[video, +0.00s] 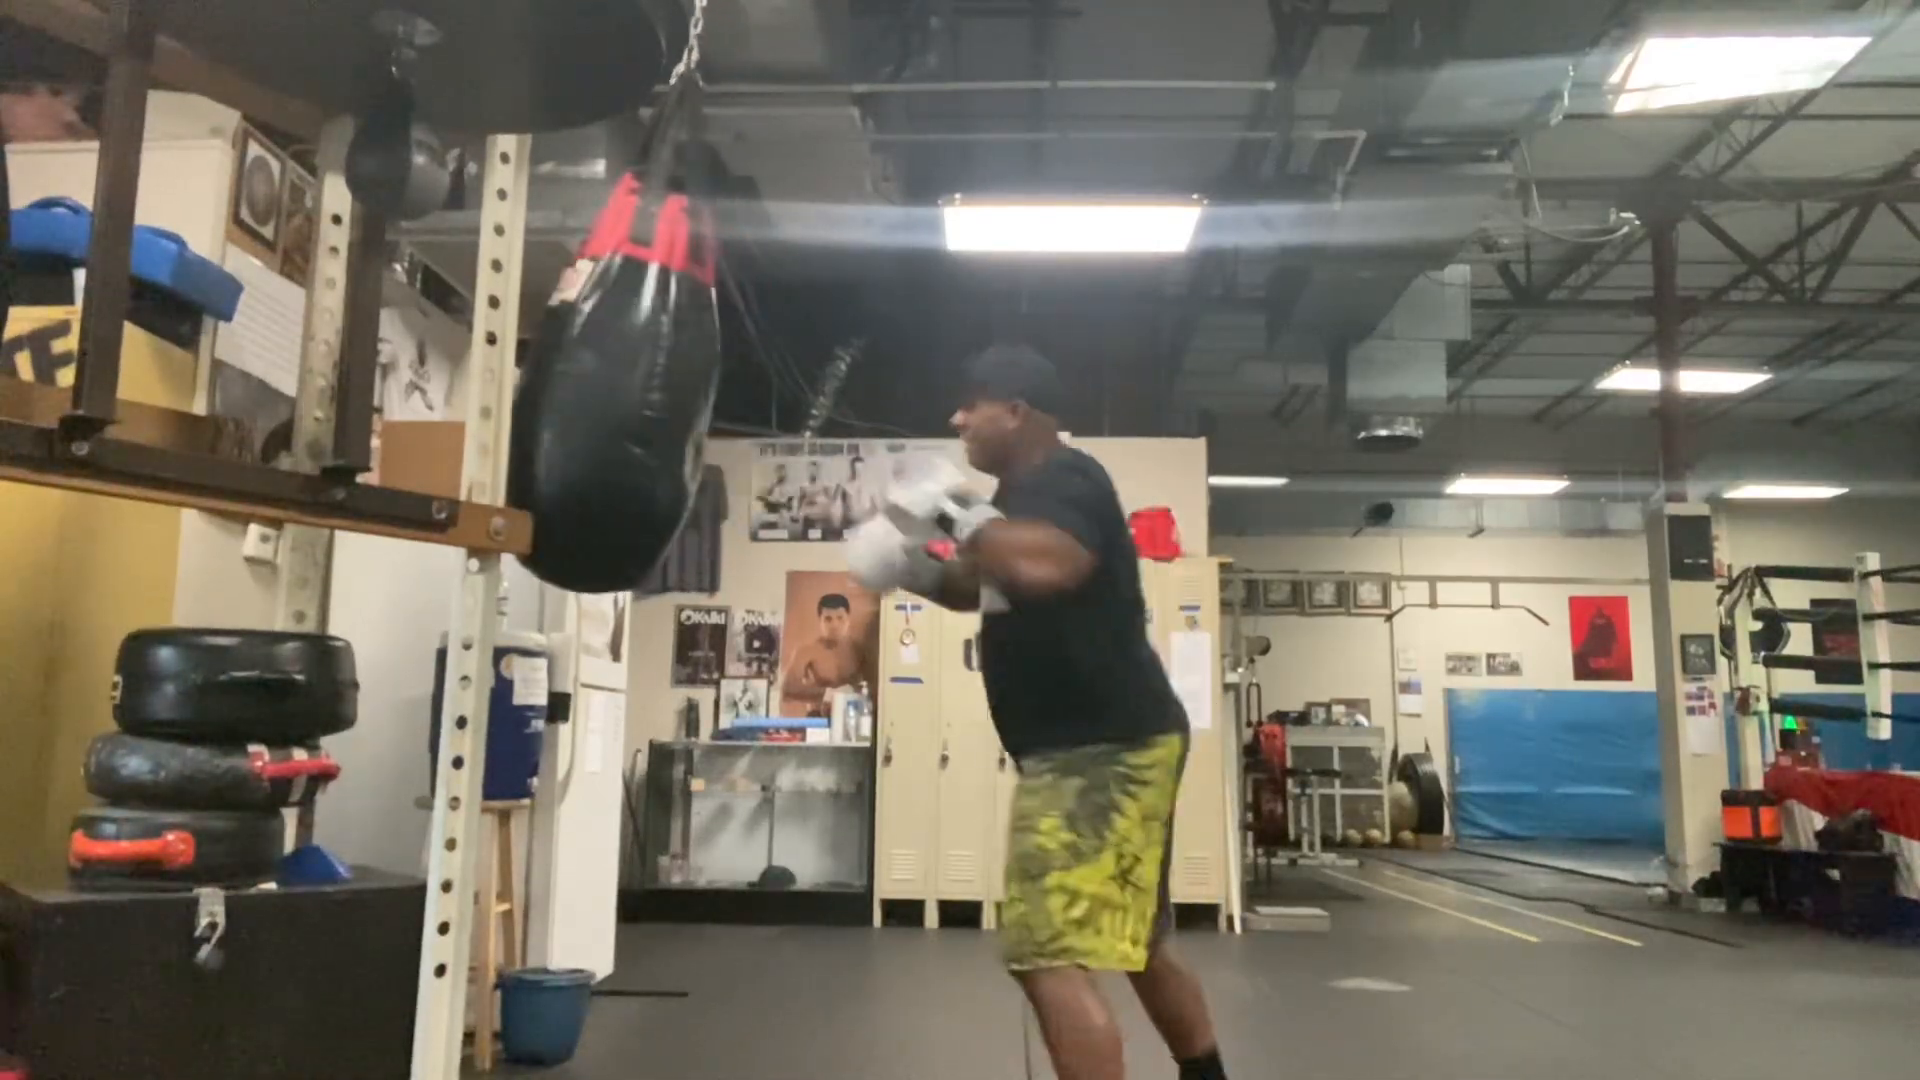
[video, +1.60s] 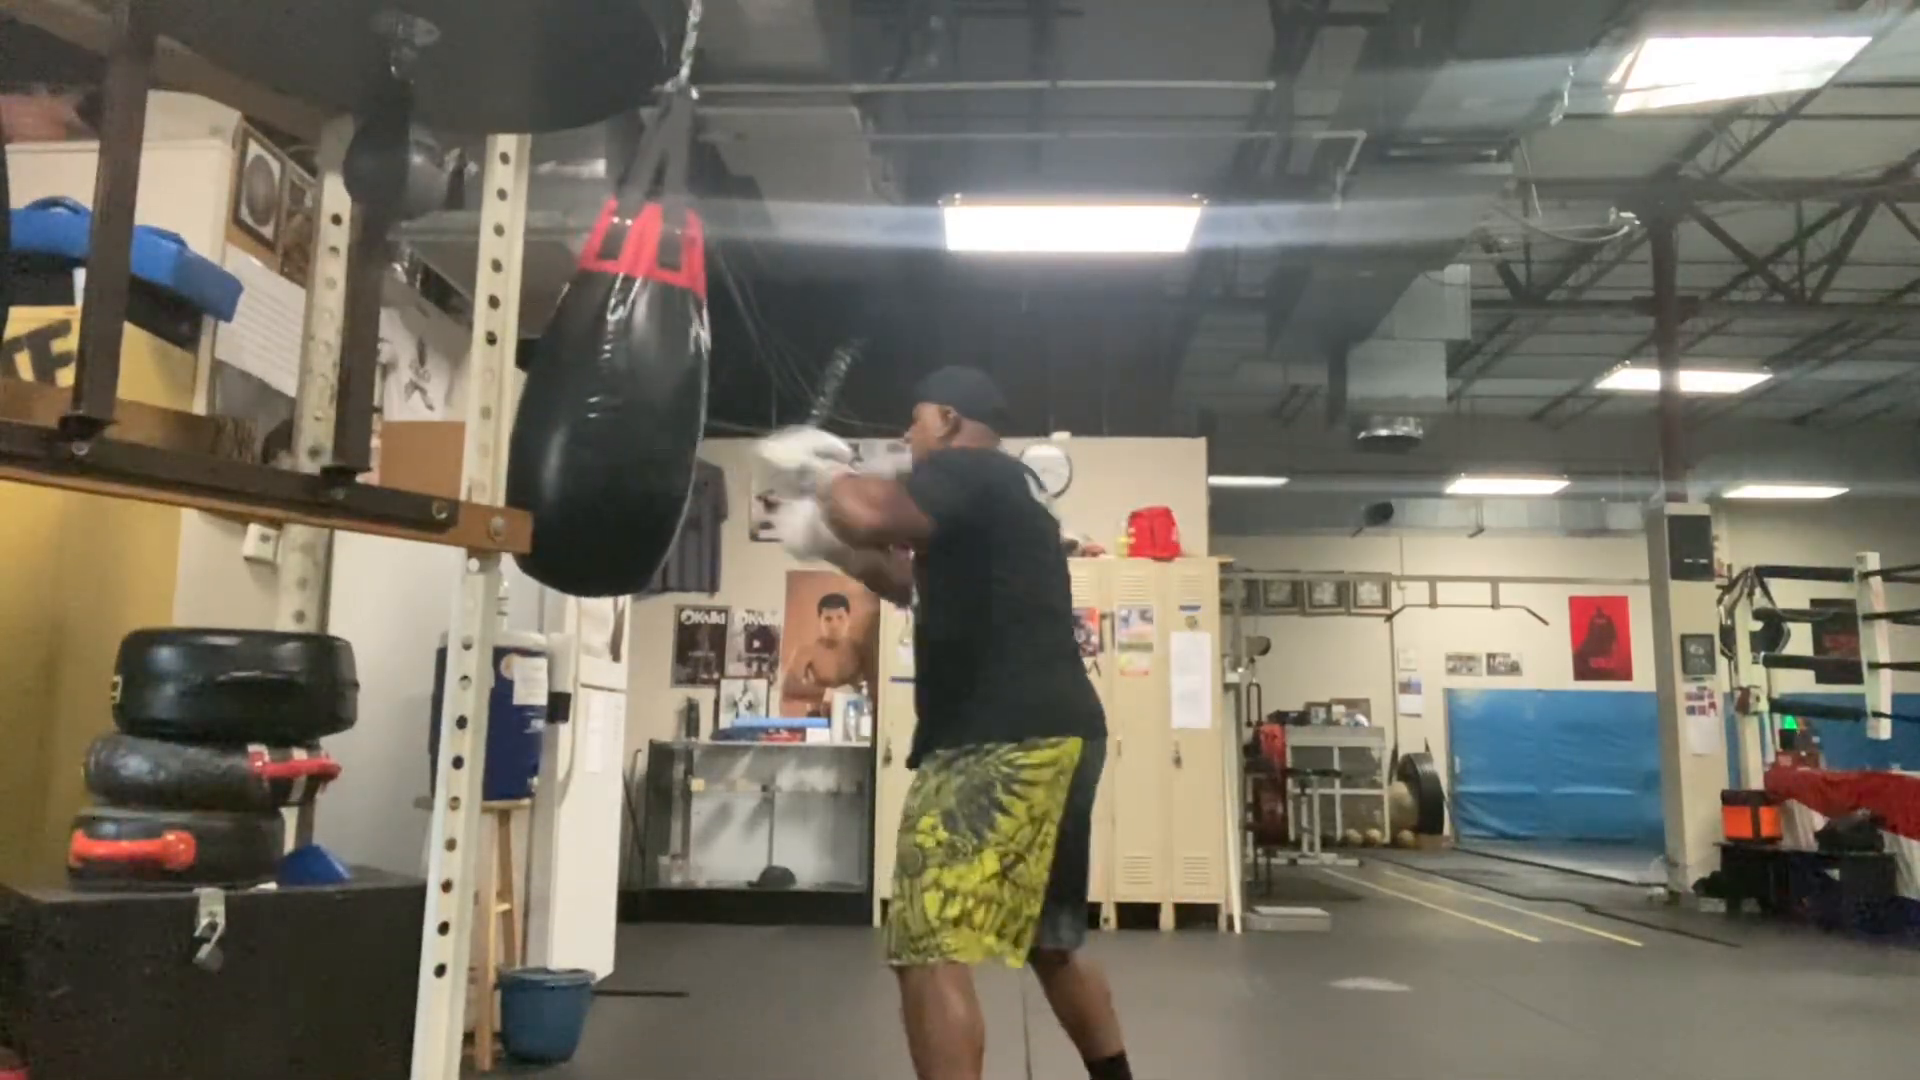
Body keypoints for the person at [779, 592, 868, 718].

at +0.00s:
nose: (834, 625)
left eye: (840, 618)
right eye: (828, 619)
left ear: (848, 620)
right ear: (819, 621)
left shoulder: (858, 652)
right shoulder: (806, 652)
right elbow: (789, 688)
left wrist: (816, 687)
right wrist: (827, 693)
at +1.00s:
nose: (834, 625)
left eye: (840, 618)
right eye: (828, 619)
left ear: (848, 620)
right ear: (819, 621)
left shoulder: (857, 651)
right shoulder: (808, 652)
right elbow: (790, 688)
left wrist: (816, 685)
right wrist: (828, 693)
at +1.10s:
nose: (834, 625)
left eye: (840, 618)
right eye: (828, 619)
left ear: (847, 620)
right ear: (820, 620)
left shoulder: (858, 651)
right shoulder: (807, 652)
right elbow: (790, 688)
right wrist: (828, 693)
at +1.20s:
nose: (834, 625)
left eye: (840, 618)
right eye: (828, 619)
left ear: (848, 620)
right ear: (819, 620)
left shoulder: (857, 651)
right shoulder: (808, 652)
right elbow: (789, 687)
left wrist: (817, 685)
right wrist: (826, 693)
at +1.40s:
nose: (834, 625)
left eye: (840, 618)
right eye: (828, 619)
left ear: (848, 619)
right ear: (819, 620)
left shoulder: (858, 652)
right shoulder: (807, 652)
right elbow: (789, 688)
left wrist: (816, 686)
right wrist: (827, 693)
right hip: (819, 717)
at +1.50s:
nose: (834, 625)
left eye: (840, 618)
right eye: (828, 619)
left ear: (848, 620)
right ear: (819, 621)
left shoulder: (857, 651)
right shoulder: (808, 652)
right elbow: (789, 688)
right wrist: (825, 693)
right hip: (820, 716)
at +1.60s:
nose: (834, 625)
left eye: (840, 618)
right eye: (828, 619)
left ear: (848, 619)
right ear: (820, 620)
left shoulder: (858, 651)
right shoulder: (807, 652)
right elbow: (789, 688)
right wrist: (827, 692)